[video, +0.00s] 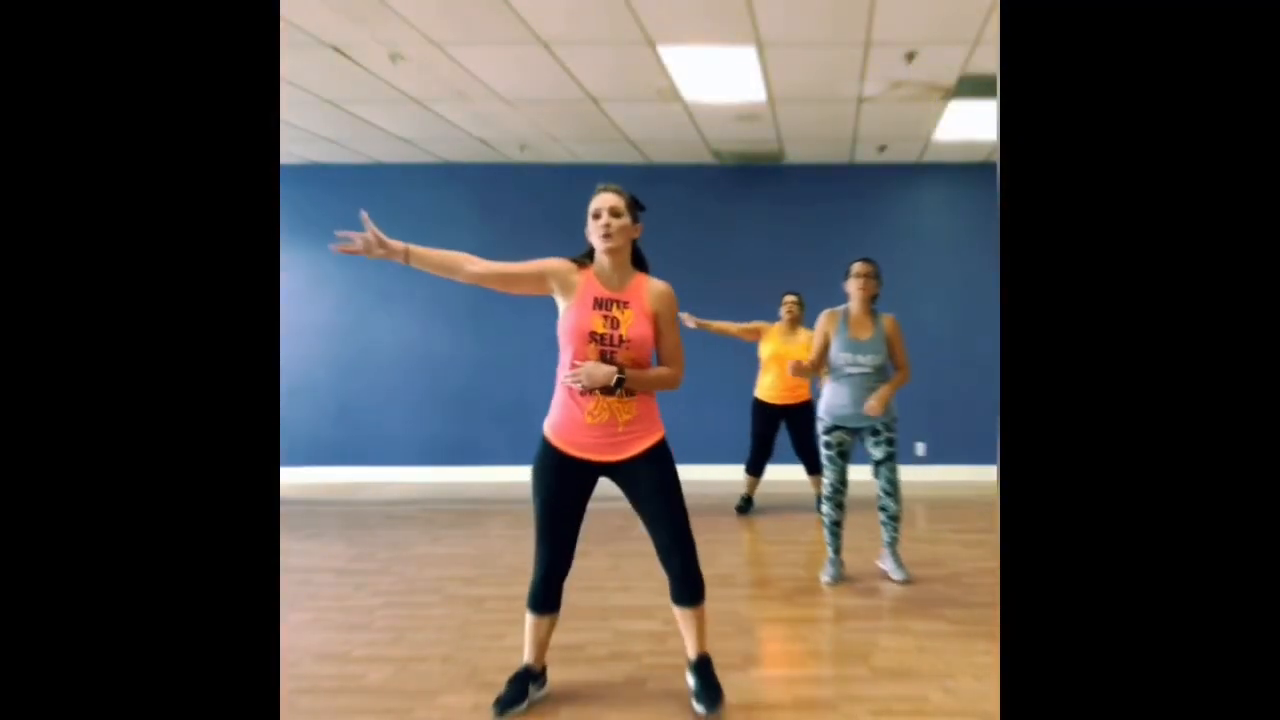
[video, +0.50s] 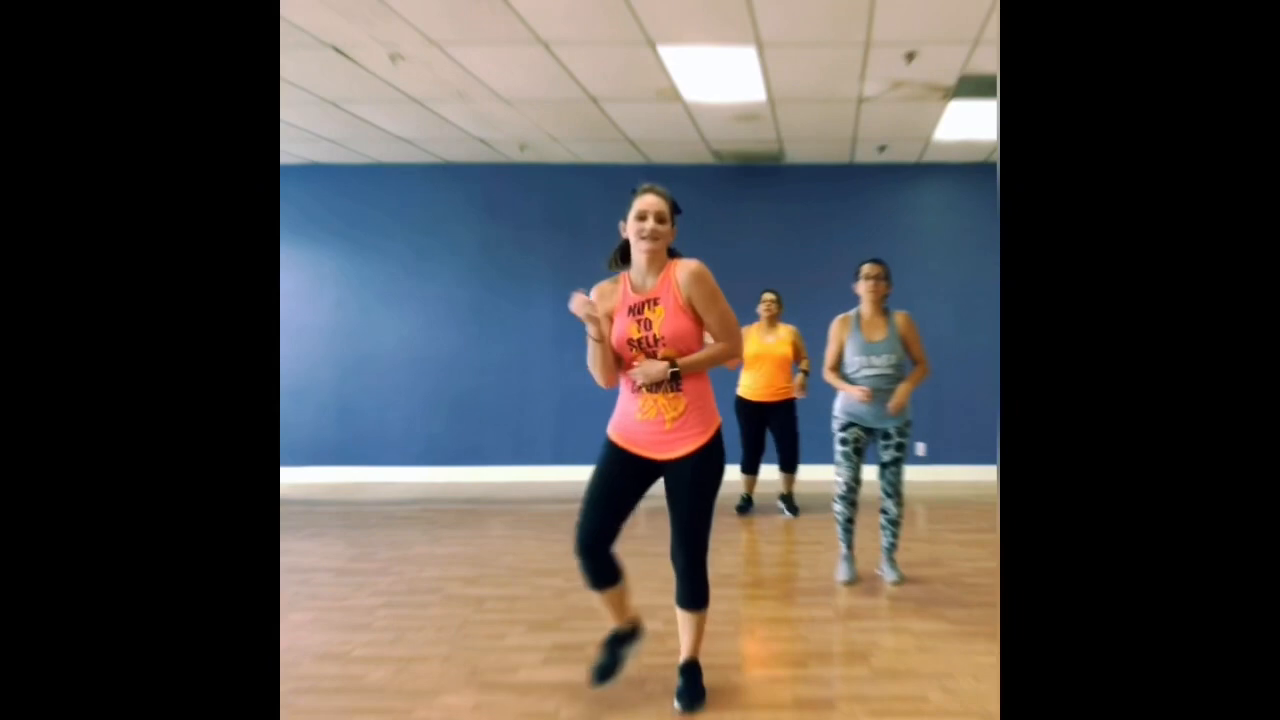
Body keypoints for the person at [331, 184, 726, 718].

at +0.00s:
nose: (605, 223)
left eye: (615, 215)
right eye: (597, 216)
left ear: (636, 227)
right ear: (587, 228)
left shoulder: (657, 294)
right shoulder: (564, 277)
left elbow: (673, 375)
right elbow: (473, 269)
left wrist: (619, 375)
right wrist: (395, 249)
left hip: (640, 446)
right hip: (567, 444)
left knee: (681, 556)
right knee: (550, 564)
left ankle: (699, 664)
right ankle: (532, 670)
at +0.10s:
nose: (610, 229)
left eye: (621, 221)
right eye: (602, 222)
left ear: (641, 231)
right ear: (592, 234)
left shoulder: (667, 296)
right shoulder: (572, 286)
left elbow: (684, 375)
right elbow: (479, 285)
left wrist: (629, 377)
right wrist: (409, 261)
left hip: (641, 451)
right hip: (570, 445)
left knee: (674, 565)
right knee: (554, 561)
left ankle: (689, 658)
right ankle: (532, 669)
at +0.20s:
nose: (624, 234)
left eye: (634, 227)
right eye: (615, 227)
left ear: (650, 237)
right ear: (602, 238)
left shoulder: (677, 297)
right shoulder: (585, 301)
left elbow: (702, 372)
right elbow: (515, 338)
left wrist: (646, 383)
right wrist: (474, 282)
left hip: (652, 457)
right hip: (582, 449)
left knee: (665, 574)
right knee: (563, 562)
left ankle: (686, 668)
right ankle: (532, 669)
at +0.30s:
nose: (637, 227)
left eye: (647, 219)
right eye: (628, 219)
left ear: (662, 230)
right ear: (613, 231)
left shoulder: (685, 281)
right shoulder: (595, 298)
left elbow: (718, 355)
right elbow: (564, 368)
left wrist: (658, 371)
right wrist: (545, 311)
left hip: (670, 445)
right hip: (602, 442)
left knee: (673, 569)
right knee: (567, 559)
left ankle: (687, 669)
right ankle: (538, 669)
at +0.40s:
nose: (644, 223)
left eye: (655, 216)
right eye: (636, 215)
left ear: (668, 228)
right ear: (621, 227)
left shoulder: (688, 274)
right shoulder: (603, 293)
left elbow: (728, 346)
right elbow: (599, 376)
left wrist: (665, 365)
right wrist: (578, 323)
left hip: (685, 437)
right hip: (620, 435)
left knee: (683, 559)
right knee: (572, 541)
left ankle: (687, 665)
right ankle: (576, 648)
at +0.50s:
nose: (650, 225)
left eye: (659, 218)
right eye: (641, 217)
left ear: (673, 230)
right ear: (625, 228)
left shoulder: (690, 276)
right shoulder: (607, 292)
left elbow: (731, 346)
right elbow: (606, 378)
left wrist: (672, 366)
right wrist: (596, 331)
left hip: (693, 436)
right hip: (631, 434)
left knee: (688, 557)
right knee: (590, 543)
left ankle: (688, 665)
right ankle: (625, 624)